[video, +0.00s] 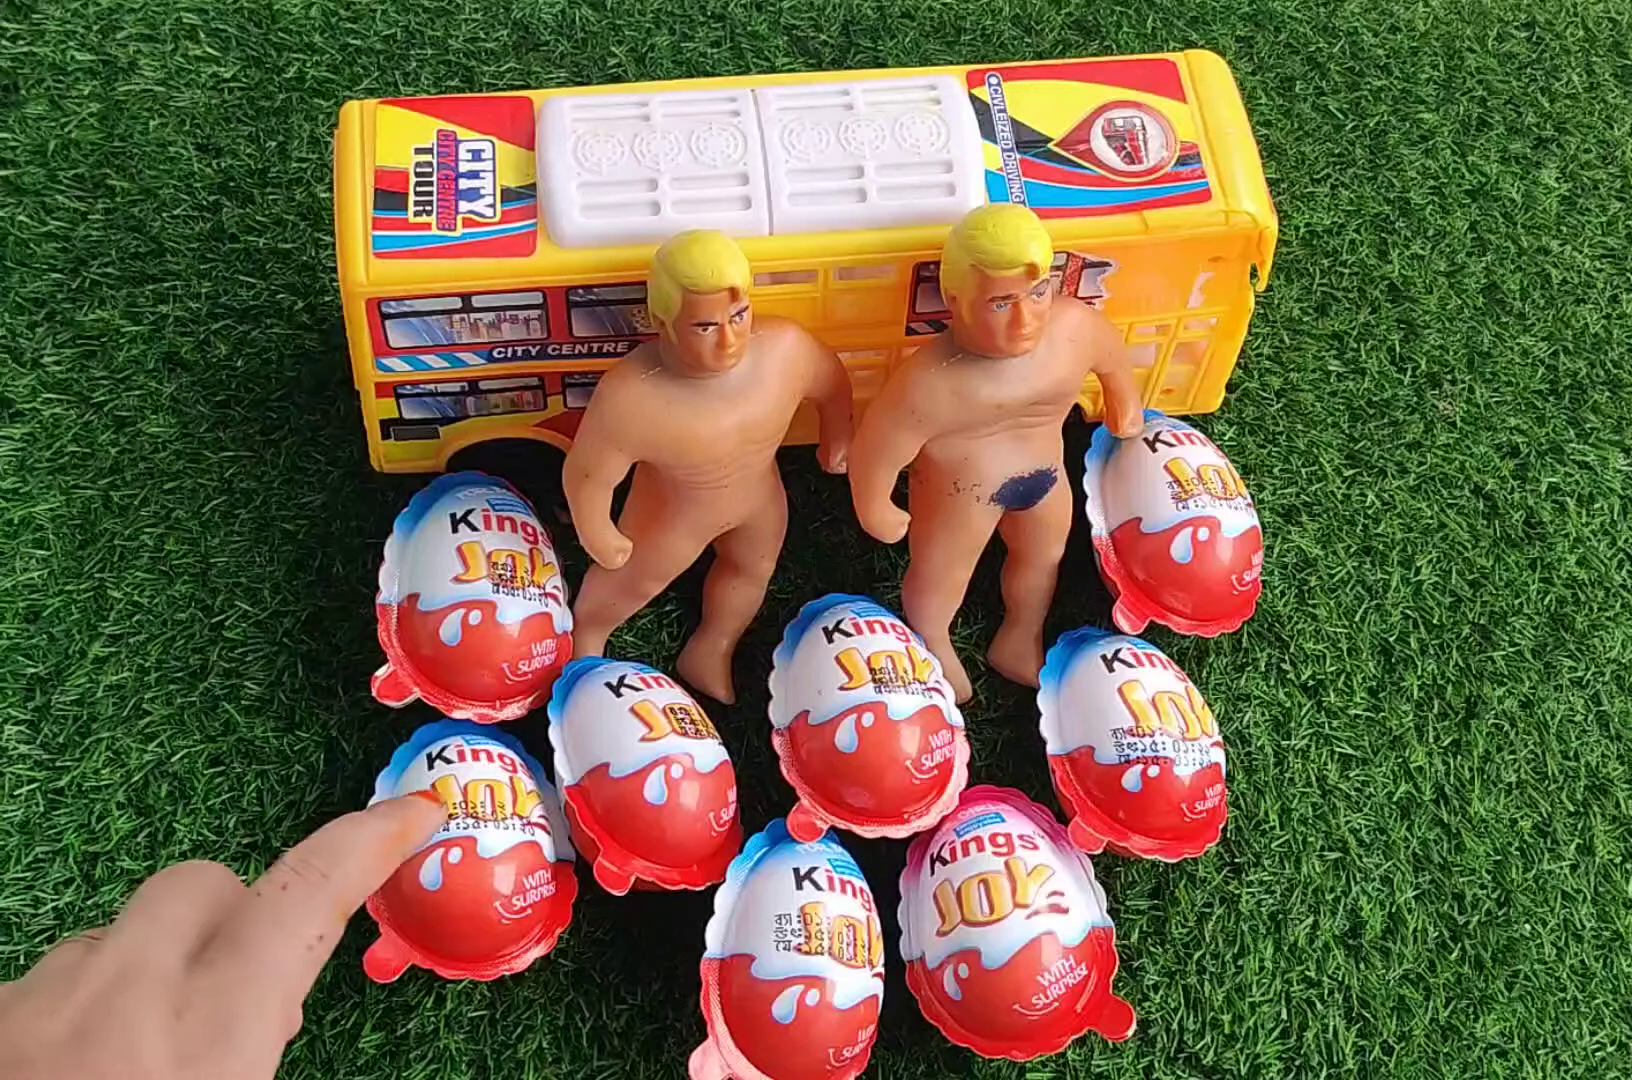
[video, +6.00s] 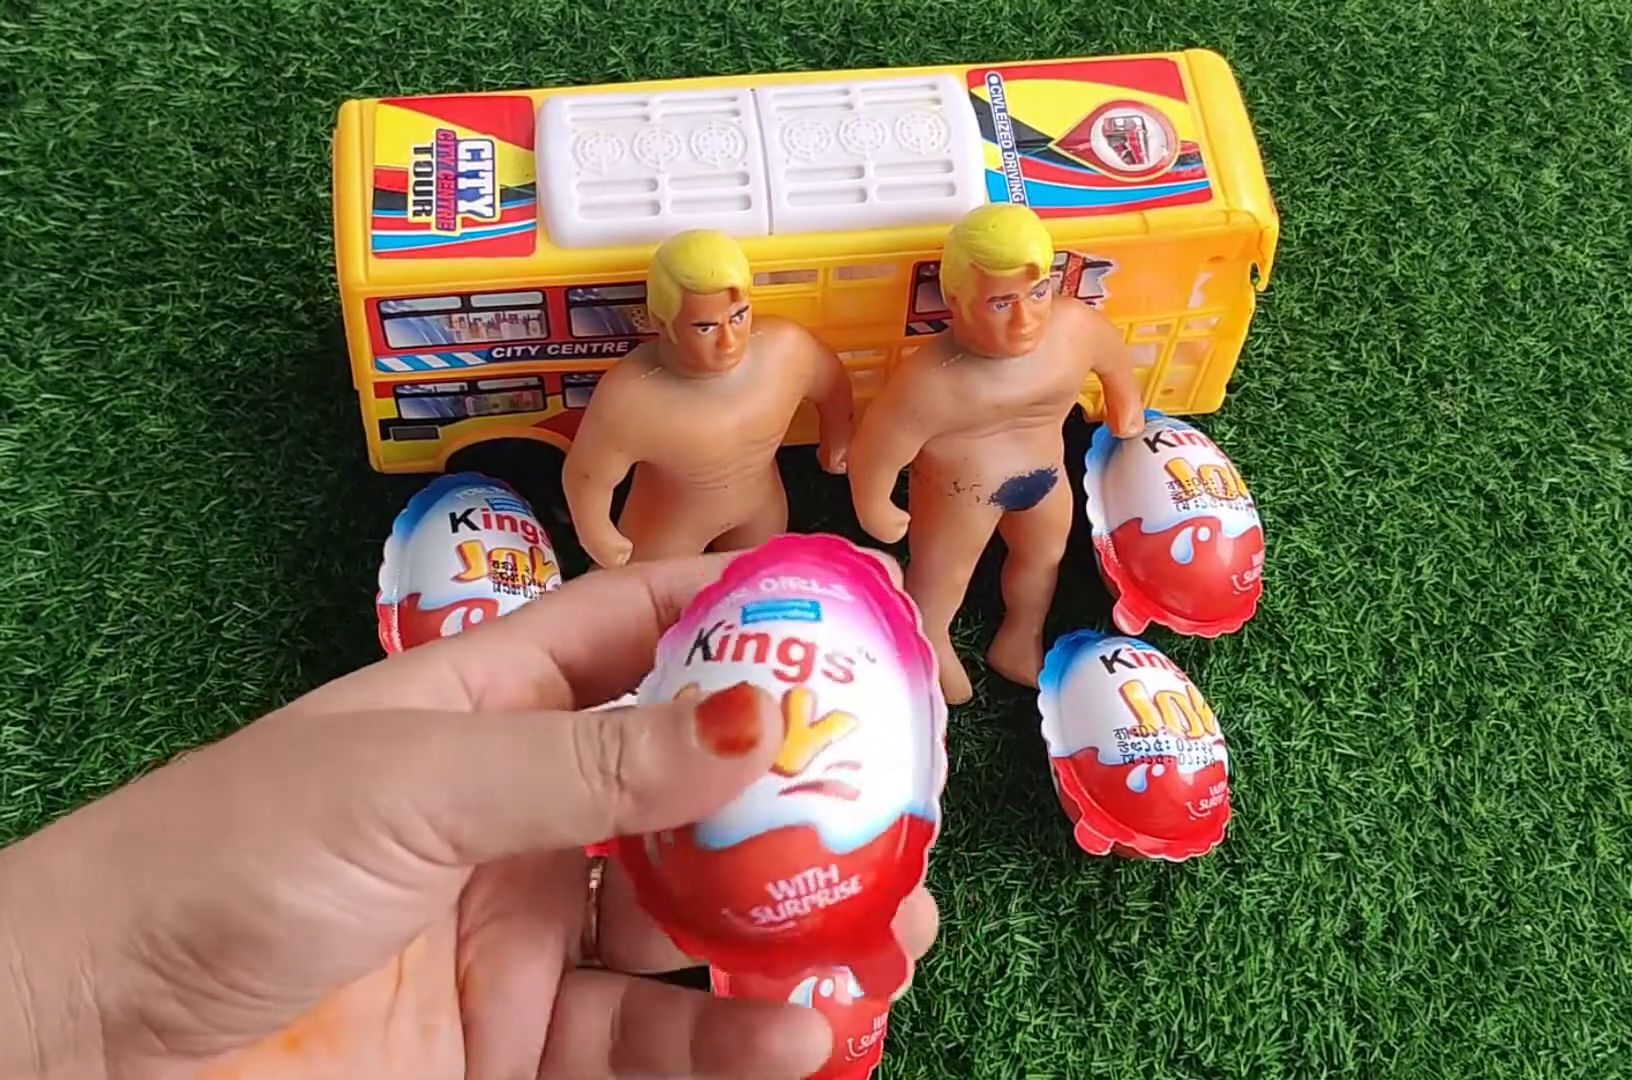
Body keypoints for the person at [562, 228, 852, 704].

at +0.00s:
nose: (728, 339)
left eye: (739, 316)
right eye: (705, 326)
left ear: (750, 302)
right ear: (662, 324)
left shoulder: (789, 350)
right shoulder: (629, 397)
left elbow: (834, 387)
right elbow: (588, 476)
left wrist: (837, 440)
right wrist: (600, 538)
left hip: (759, 496)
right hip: (672, 511)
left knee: (749, 574)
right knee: (630, 585)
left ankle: (711, 651)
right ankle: (589, 631)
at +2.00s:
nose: (728, 339)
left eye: (739, 316)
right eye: (705, 326)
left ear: (751, 301)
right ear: (660, 324)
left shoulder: (789, 350)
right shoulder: (629, 397)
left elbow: (834, 387)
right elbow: (587, 475)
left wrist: (837, 439)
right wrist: (601, 538)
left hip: (759, 496)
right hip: (673, 511)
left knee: (749, 574)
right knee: (632, 584)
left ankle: (712, 649)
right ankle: (590, 629)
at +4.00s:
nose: (729, 339)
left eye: (739, 316)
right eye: (705, 326)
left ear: (751, 302)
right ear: (663, 324)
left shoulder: (790, 350)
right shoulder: (630, 395)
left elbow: (834, 388)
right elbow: (587, 476)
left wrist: (837, 437)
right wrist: (601, 541)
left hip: (759, 496)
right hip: (673, 512)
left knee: (751, 573)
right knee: (633, 585)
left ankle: (725, 651)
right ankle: (589, 633)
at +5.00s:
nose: (729, 339)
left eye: (738, 316)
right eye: (705, 326)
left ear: (750, 303)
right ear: (662, 325)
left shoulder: (787, 350)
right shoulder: (628, 398)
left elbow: (833, 386)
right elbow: (586, 478)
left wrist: (836, 442)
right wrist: (601, 542)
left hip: (758, 502)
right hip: (670, 515)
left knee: (756, 587)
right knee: (637, 597)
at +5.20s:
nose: (728, 339)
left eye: (738, 315)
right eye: (705, 326)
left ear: (749, 301)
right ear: (663, 324)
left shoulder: (787, 350)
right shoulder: (628, 398)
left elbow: (833, 388)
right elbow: (585, 481)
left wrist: (835, 446)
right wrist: (606, 548)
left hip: (762, 540)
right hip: (665, 552)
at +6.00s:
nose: (728, 340)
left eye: (738, 316)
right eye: (705, 327)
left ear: (750, 302)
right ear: (661, 324)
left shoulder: (788, 350)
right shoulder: (628, 399)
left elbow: (833, 389)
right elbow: (585, 479)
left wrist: (836, 445)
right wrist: (601, 541)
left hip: (758, 510)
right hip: (670, 524)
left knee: (762, 612)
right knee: (657, 627)